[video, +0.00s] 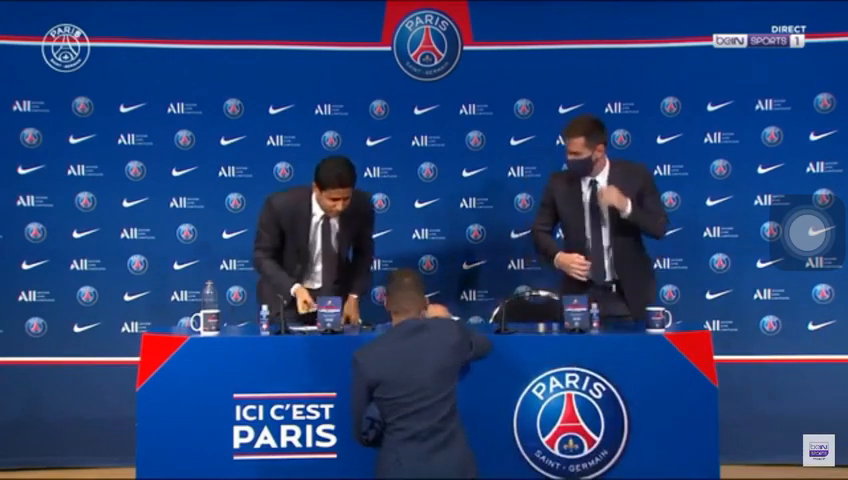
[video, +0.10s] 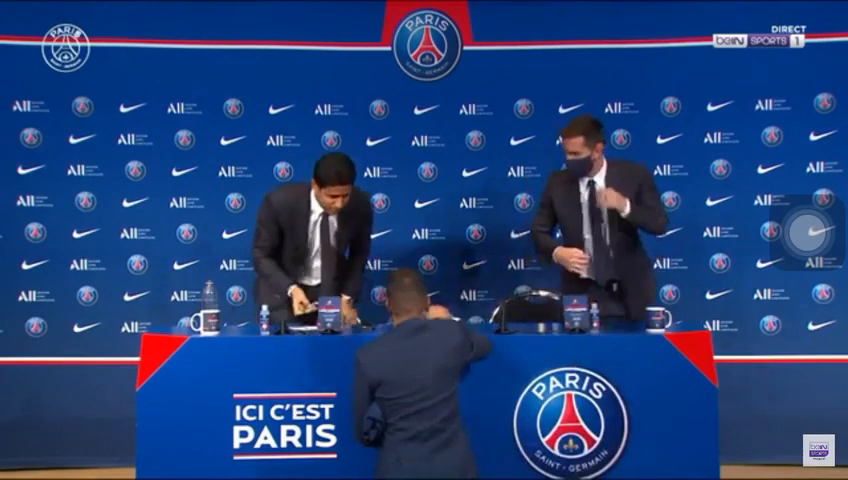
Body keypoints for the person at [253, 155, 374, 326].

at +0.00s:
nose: (339, 207)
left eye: (346, 199)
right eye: (333, 200)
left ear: (352, 191)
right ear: (316, 189)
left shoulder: (361, 205)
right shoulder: (280, 206)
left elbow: (364, 255)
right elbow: (262, 257)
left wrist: (354, 296)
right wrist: (294, 288)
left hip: (335, 298)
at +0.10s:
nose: (339, 204)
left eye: (345, 196)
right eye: (332, 197)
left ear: (351, 188)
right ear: (315, 186)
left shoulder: (360, 204)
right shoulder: (280, 203)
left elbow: (359, 255)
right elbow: (262, 255)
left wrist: (347, 297)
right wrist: (291, 289)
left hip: (331, 292)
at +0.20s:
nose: (338, 201)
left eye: (344, 194)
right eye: (332, 194)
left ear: (350, 186)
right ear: (314, 183)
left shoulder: (357, 203)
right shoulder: (277, 202)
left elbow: (358, 255)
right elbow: (260, 254)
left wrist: (346, 299)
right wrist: (289, 289)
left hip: (330, 292)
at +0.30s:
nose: (337, 200)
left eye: (343, 192)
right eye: (331, 192)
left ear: (349, 184)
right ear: (313, 182)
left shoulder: (355, 202)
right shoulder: (276, 201)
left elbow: (357, 258)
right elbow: (259, 256)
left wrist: (346, 305)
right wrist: (285, 294)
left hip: (327, 289)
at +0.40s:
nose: (336, 197)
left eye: (342, 190)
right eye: (330, 190)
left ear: (348, 183)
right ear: (312, 179)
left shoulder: (353, 201)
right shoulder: (275, 200)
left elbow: (355, 259)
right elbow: (260, 256)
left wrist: (347, 308)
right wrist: (283, 295)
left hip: (324, 287)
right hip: (280, 286)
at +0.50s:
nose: (335, 194)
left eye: (341, 186)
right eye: (329, 186)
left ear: (347, 180)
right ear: (311, 176)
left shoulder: (353, 200)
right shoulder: (275, 198)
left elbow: (354, 259)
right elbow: (259, 253)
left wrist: (347, 310)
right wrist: (282, 295)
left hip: (323, 289)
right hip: (278, 287)